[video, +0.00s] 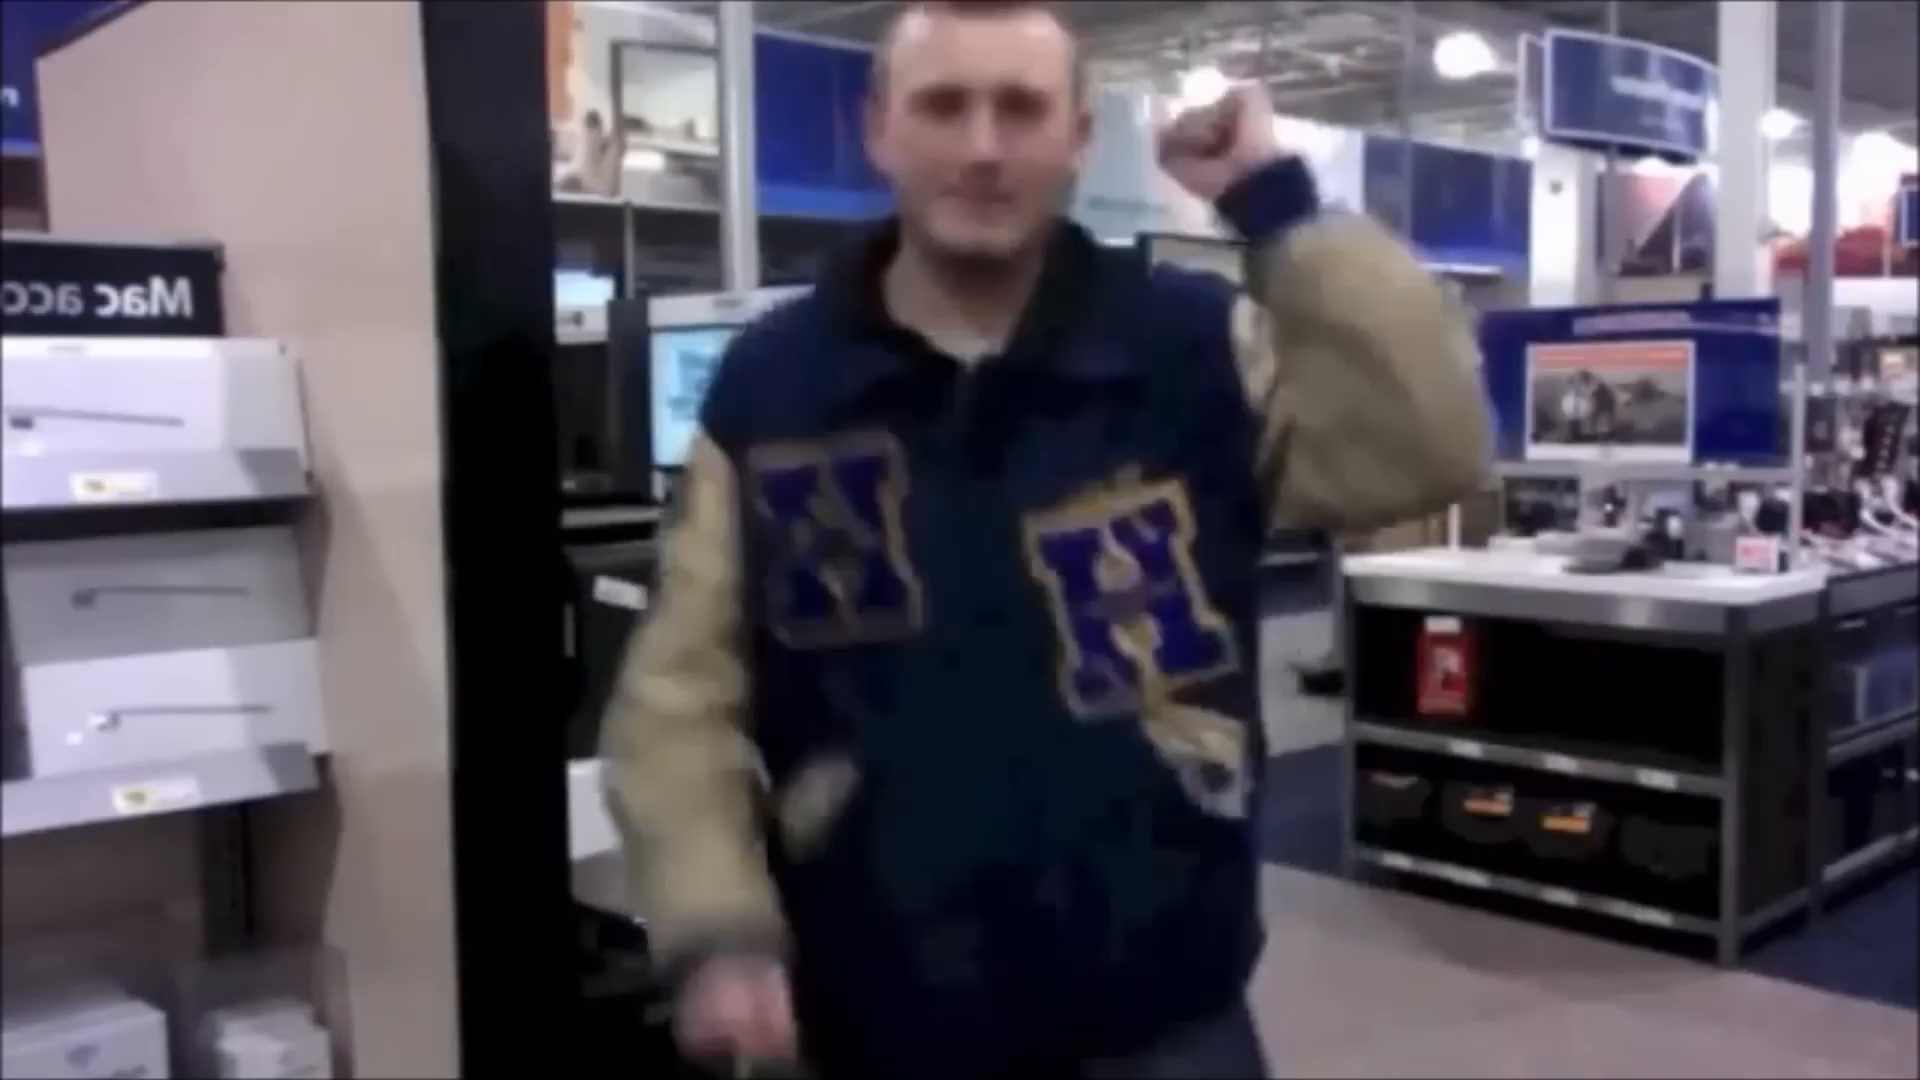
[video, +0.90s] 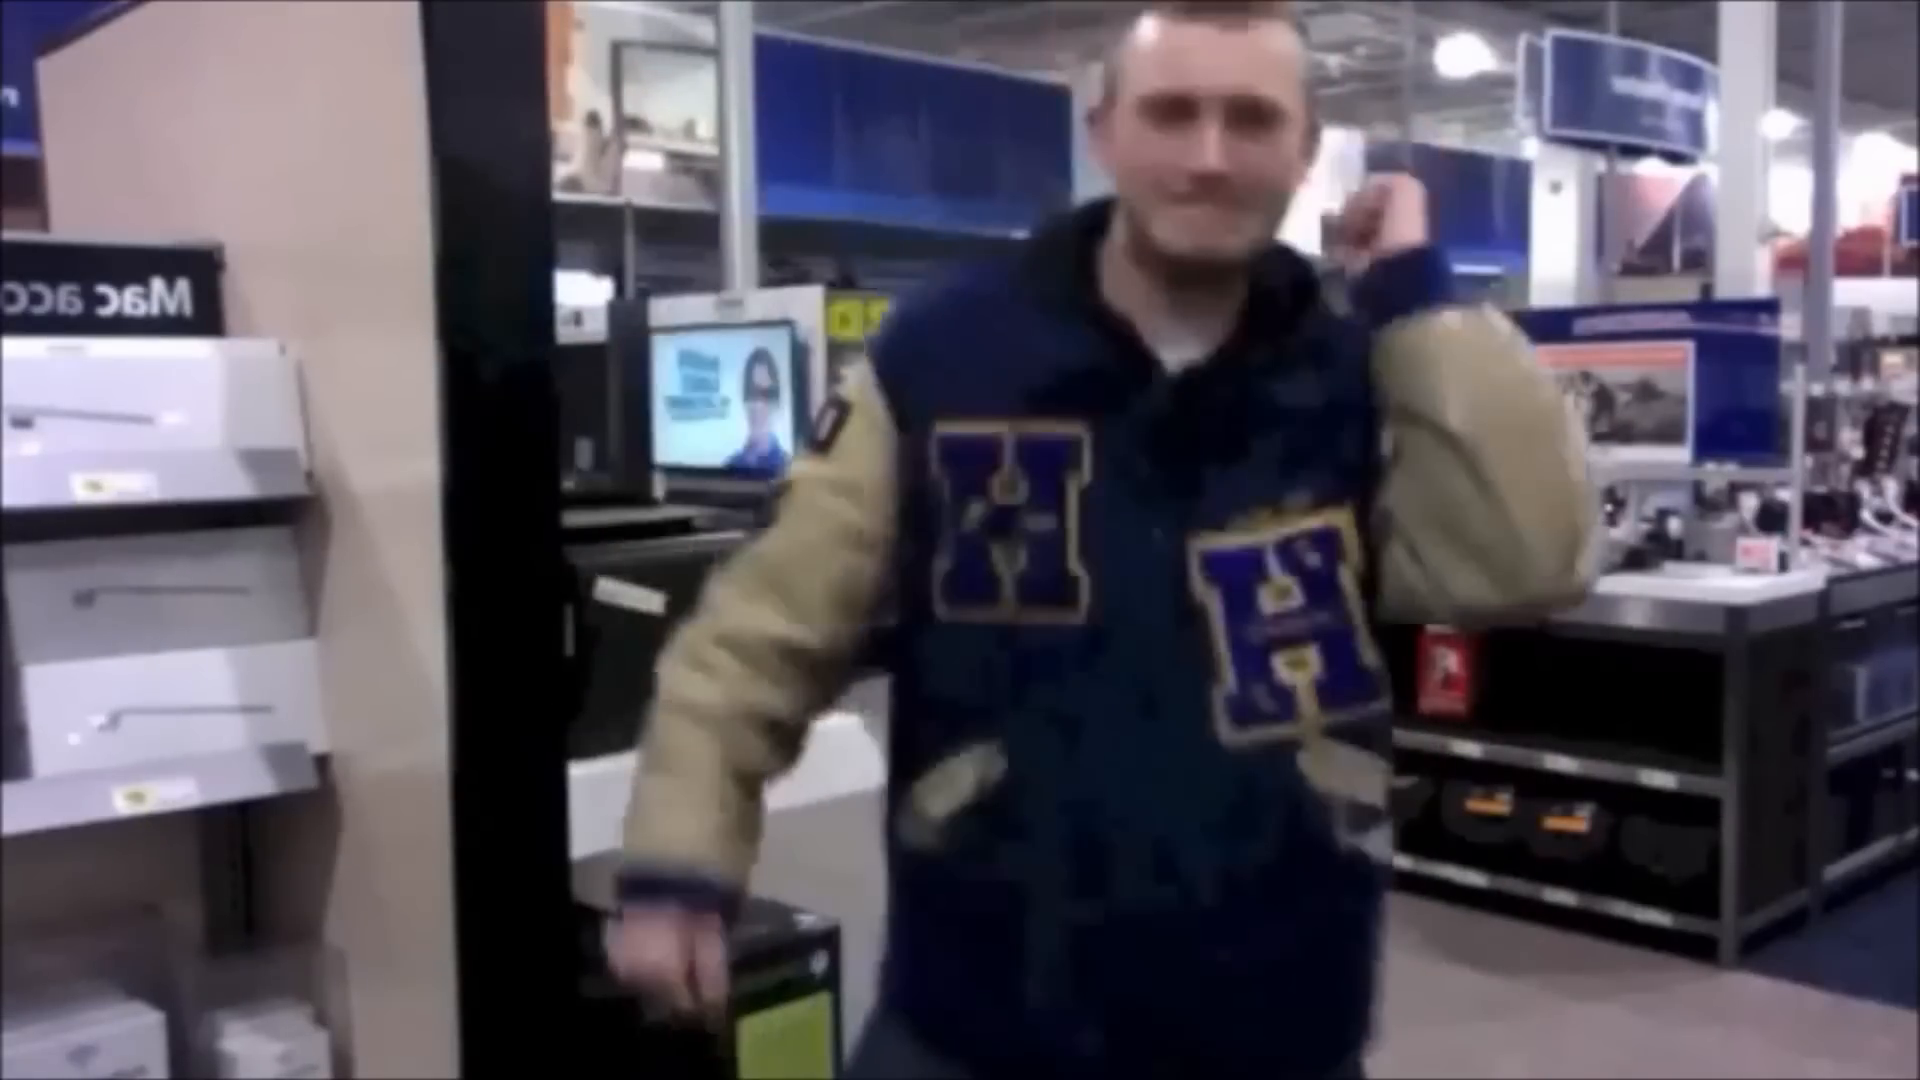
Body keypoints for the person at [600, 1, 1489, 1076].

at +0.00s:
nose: (982, 147)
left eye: (1020, 109)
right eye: (943, 107)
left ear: (1079, 134)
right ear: (878, 131)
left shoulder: (1189, 342)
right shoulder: (782, 379)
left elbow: (1428, 455)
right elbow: (682, 688)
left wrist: (1274, 203)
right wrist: (722, 941)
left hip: (1151, 994)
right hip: (884, 1003)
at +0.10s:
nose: (950, 90)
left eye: (989, 52)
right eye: (911, 51)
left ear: (1050, 83)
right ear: (848, 79)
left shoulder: (1175, 298)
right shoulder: (747, 331)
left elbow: (1381, 496)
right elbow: (636, 597)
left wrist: (1300, 239)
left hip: (1127, 918)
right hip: (857, 926)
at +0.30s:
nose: (935, 57)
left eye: (973, 20)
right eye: (895, 20)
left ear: (1027, 40)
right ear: (839, 40)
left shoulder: (1152, 264)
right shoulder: (730, 298)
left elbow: (1315, 517)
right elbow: (614, 549)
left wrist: (1339, 310)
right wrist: (695, 654)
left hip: (1112, 865)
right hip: (852, 876)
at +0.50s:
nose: (1013, 14)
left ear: (1099, 18)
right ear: (901, 17)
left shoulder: (1200, 242)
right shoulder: (792, 236)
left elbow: (1290, 472)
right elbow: (652, 426)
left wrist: (1368, 546)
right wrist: (694, 496)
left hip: (1131, 840)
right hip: (879, 841)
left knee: (1206, 1059)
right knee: (819, 1063)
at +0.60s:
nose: (1013, 14)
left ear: (1099, 18)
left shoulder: (1200, 242)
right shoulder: (791, 236)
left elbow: (1289, 472)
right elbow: (652, 426)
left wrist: (1368, 546)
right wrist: (694, 495)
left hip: (1131, 840)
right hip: (879, 841)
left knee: (1205, 1059)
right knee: (819, 1063)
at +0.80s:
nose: (1200, 139)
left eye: (1240, 104)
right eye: (1157, 99)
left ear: (1289, 133)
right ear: (1088, 116)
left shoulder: (1332, 353)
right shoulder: (944, 337)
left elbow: (1520, 538)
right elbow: (776, 630)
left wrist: (1420, 246)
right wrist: (686, 900)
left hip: (1244, 1000)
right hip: (970, 992)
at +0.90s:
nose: (1211, 156)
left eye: (1252, 121)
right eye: (1171, 116)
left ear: (1306, 149)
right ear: (1104, 130)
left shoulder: (1351, 366)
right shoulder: (957, 352)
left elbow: (1527, 563)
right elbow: (768, 626)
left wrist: (1413, 295)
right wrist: (678, 867)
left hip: (1267, 1014)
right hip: (986, 1005)